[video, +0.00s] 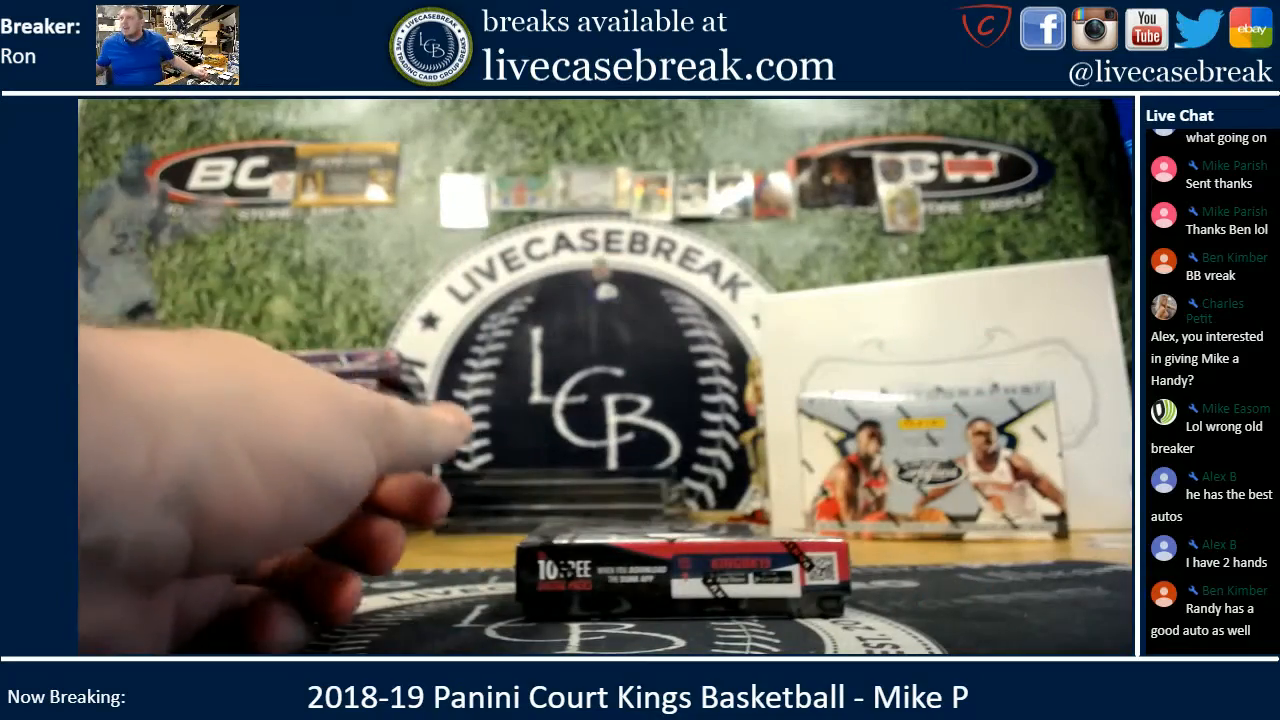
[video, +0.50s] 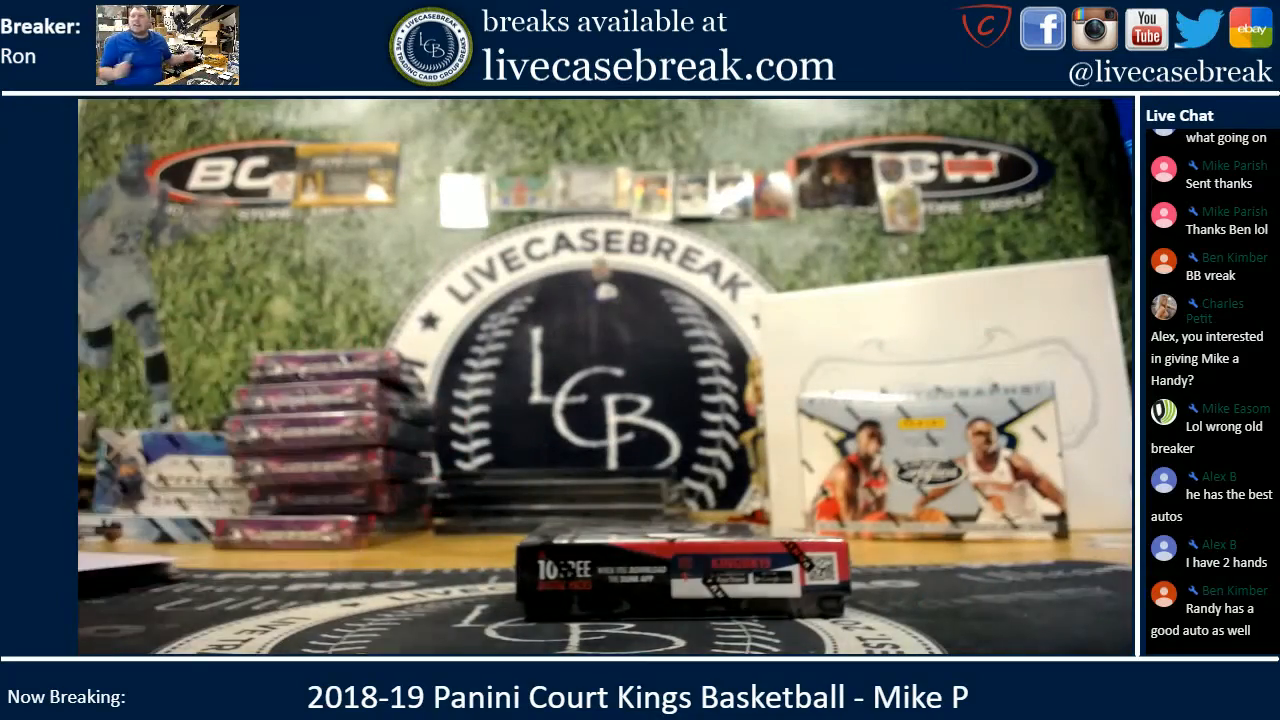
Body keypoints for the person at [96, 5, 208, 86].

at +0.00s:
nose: (124, 22)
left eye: (129, 18)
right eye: (121, 18)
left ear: (141, 21)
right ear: (118, 21)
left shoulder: (157, 40)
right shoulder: (110, 43)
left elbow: (173, 60)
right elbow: (99, 68)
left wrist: (194, 71)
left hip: (154, 101)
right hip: (122, 101)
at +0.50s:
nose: (136, 19)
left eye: (141, 16)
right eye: (133, 16)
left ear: (150, 22)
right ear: (128, 20)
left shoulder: (158, 40)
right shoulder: (114, 41)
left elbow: (169, 59)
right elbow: (102, 72)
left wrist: (184, 57)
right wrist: (116, 72)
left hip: (155, 98)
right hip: (124, 99)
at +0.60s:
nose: (139, 19)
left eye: (144, 16)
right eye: (136, 16)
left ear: (152, 21)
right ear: (130, 21)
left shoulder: (158, 39)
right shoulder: (118, 40)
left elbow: (170, 59)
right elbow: (107, 74)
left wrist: (181, 55)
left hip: (157, 96)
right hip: (126, 98)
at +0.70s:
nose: (140, 19)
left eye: (145, 16)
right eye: (137, 16)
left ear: (152, 22)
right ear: (131, 21)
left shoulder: (158, 38)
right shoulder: (120, 40)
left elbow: (172, 60)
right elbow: (111, 74)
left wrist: (182, 55)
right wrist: (146, 63)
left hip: (156, 95)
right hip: (126, 97)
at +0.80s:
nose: (142, 19)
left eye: (146, 16)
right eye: (138, 16)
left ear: (153, 21)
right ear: (133, 21)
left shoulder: (160, 39)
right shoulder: (121, 40)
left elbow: (174, 61)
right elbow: (120, 73)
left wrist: (180, 56)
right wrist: (156, 59)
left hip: (158, 93)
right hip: (130, 95)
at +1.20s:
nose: (150, 21)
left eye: (153, 18)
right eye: (145, 18)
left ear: (156, 21)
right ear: (136, 21)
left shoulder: (161, 39)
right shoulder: (125, 41)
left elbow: (174, 59)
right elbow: (134, 76)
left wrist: (183, 59)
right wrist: (170, 64)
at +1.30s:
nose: (155, 25)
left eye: (157, 21)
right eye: (150, 21)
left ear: (159, 22)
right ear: (138, 22)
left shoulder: (160, 39)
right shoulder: (125, 43)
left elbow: (173, 57)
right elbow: (136, 78)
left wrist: (189, 56)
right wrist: (173, 71)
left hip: (160, 91)